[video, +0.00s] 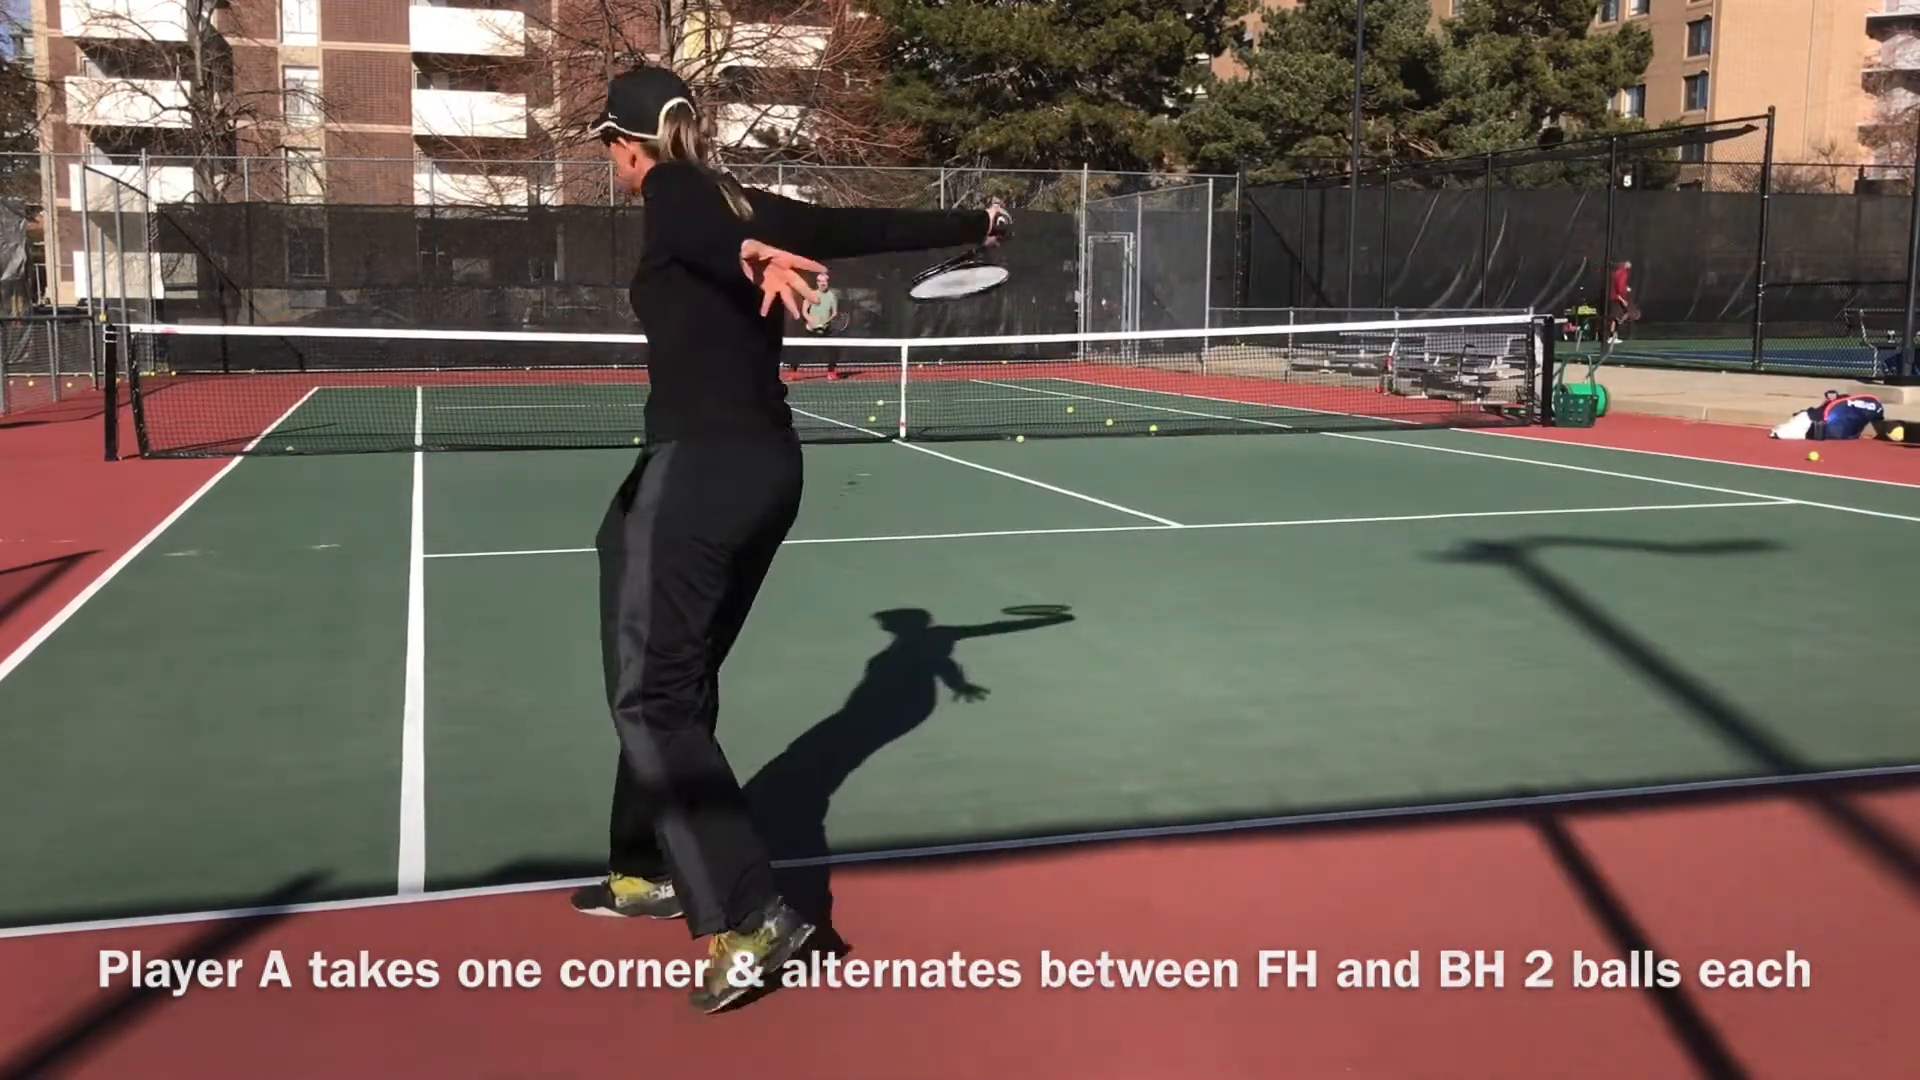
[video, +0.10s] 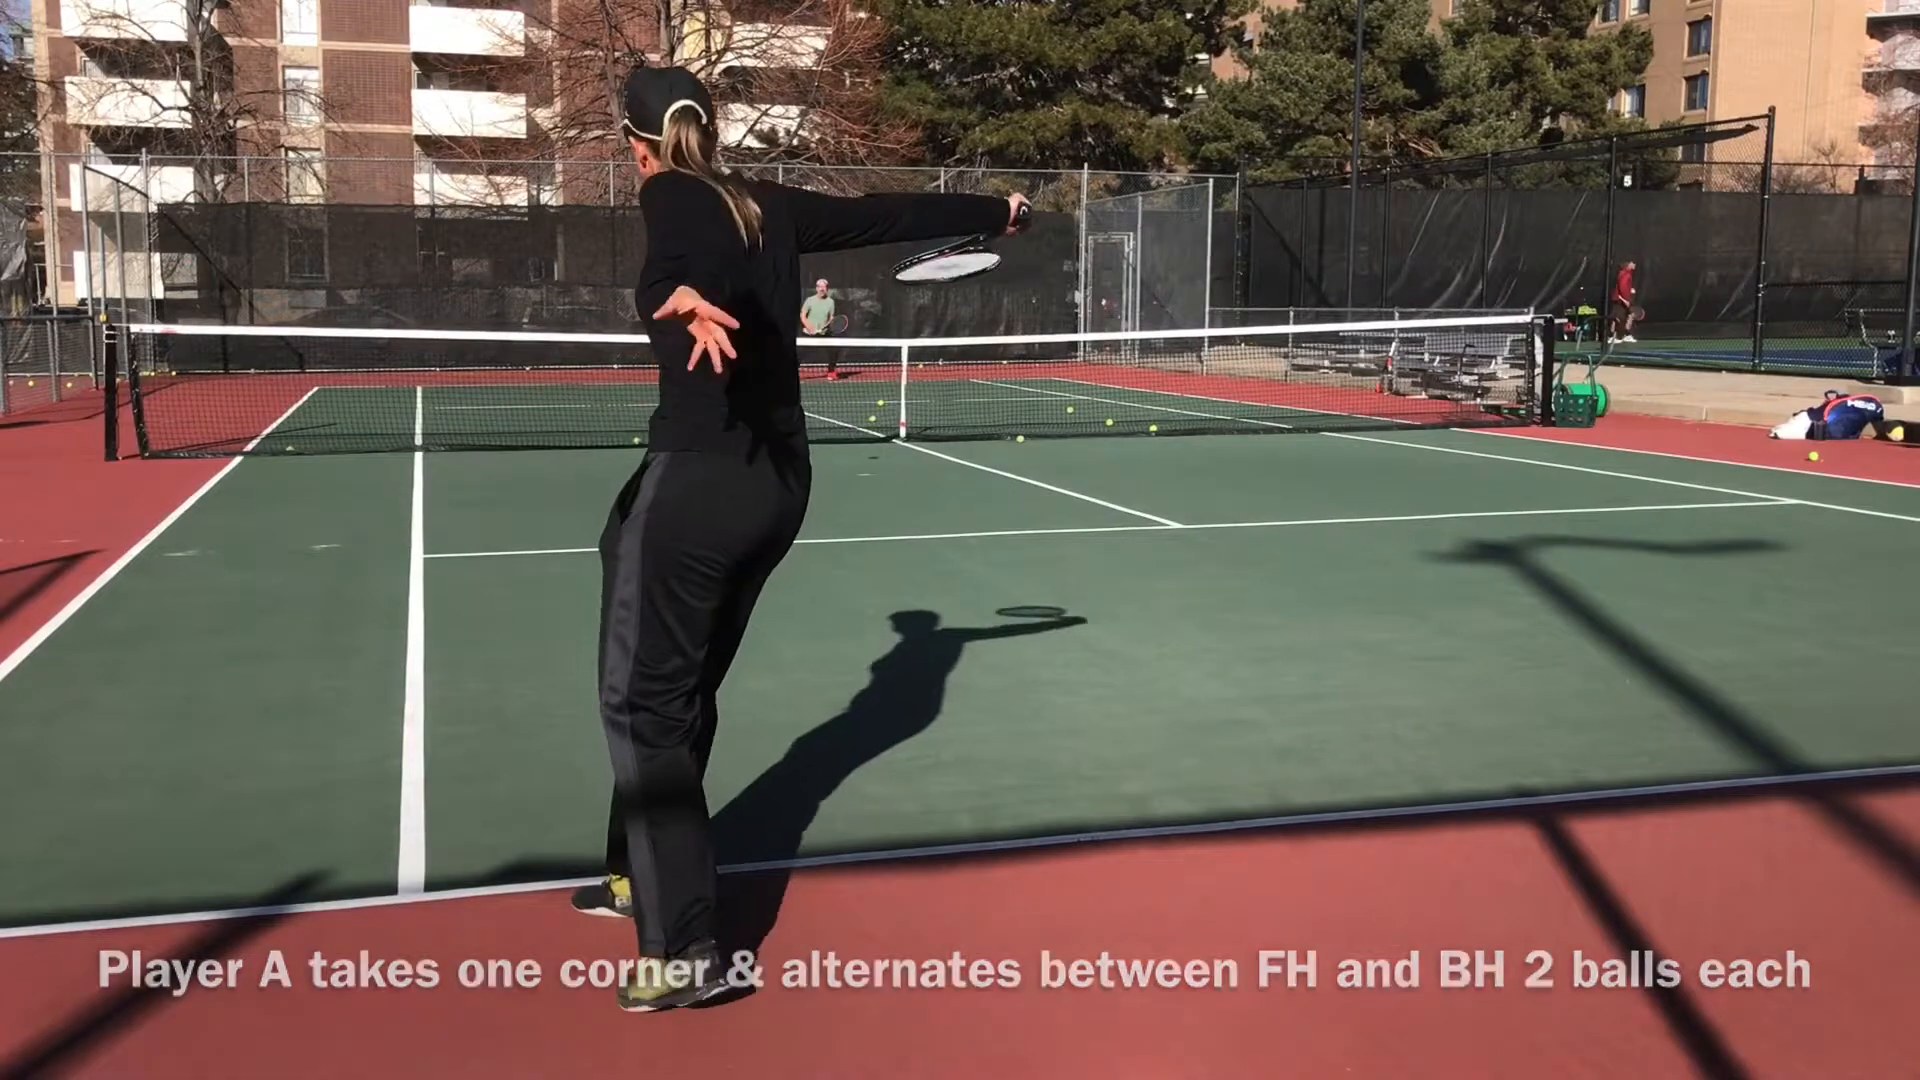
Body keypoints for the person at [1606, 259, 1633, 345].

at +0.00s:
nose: (1629, 267)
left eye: (1629, 265)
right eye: (1628, 265)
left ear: (1620, 265)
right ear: (1625, 265)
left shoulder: (1615, 272)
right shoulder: (1623, 273)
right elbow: (1620, 286)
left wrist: (1624, 288)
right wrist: (1626, 290)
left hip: (1613, 297)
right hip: (1617, 298)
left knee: (1613, 318)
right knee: (1614, 318)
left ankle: (1613, 336)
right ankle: (1612, 336)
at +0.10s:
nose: (1634, 266)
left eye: (1633, 264)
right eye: (1632, 263)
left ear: (1628, 265)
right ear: (1627, 265)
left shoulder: (1627, 274)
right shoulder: (1624, 274)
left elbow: (1626, 286)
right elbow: (1623, 287)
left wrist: (1630, 290)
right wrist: (1627, 299)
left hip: (1623, 299)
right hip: (1620, 299)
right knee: (1617, 317)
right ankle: (1613, 336)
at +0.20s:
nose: (1638, 268)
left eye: (1639, 266)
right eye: (1637, 265)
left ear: (1634, 266)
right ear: (1633, 265)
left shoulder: (1632, 275)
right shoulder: (1628, 275)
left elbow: (1630, 286)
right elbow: (1625, 288)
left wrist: (1634, 291)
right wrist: (1629, 299)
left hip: (1628, 299)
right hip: (1622, 300)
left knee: (1634, 316)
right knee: (1616, 319)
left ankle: (1639, 335)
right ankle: (1612, 337)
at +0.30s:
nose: (1644, 269)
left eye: (1644, 267)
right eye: (1643, 266)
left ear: (1641, 267)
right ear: (1638, 266)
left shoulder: (1639, 276)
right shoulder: (1632, 276)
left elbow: (1637, 288)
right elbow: (1630, 289)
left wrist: (1640, 294)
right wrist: (1633, 300)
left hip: (1635, 301)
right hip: (1628, 301)